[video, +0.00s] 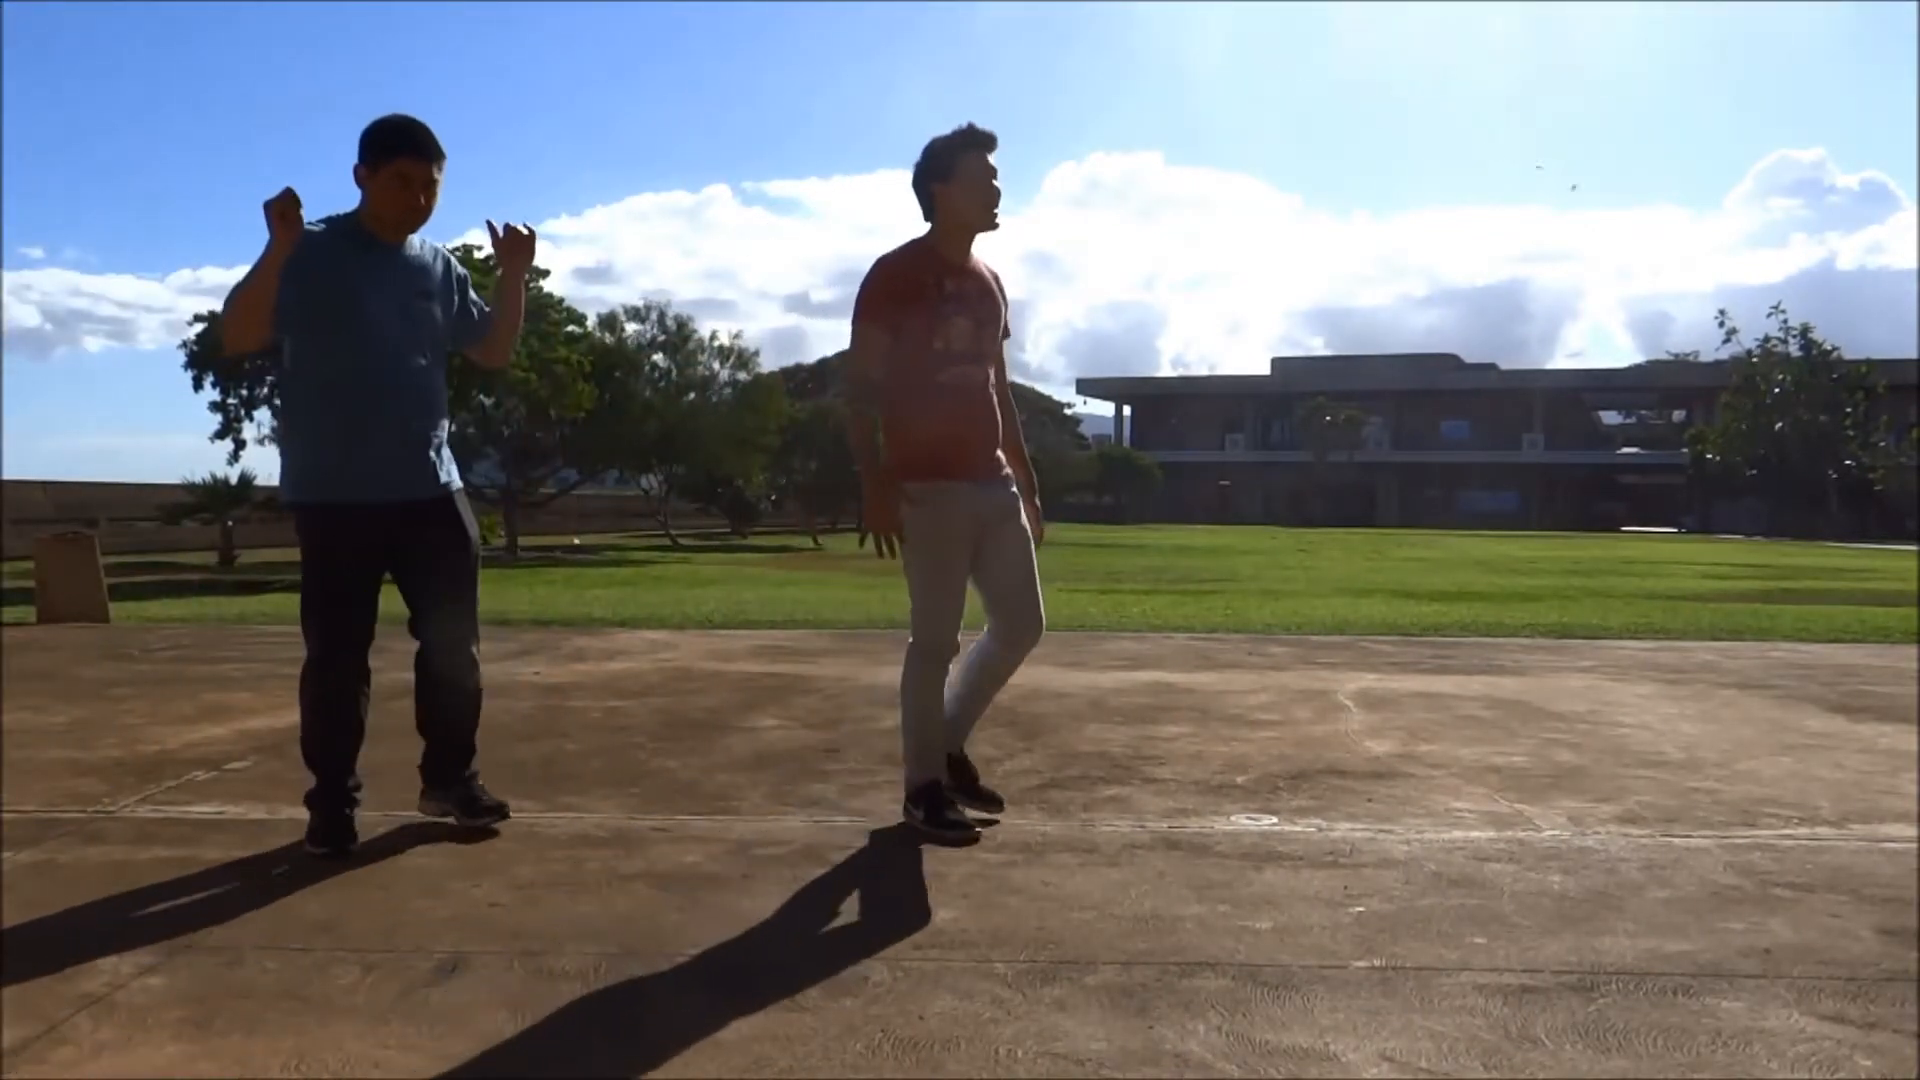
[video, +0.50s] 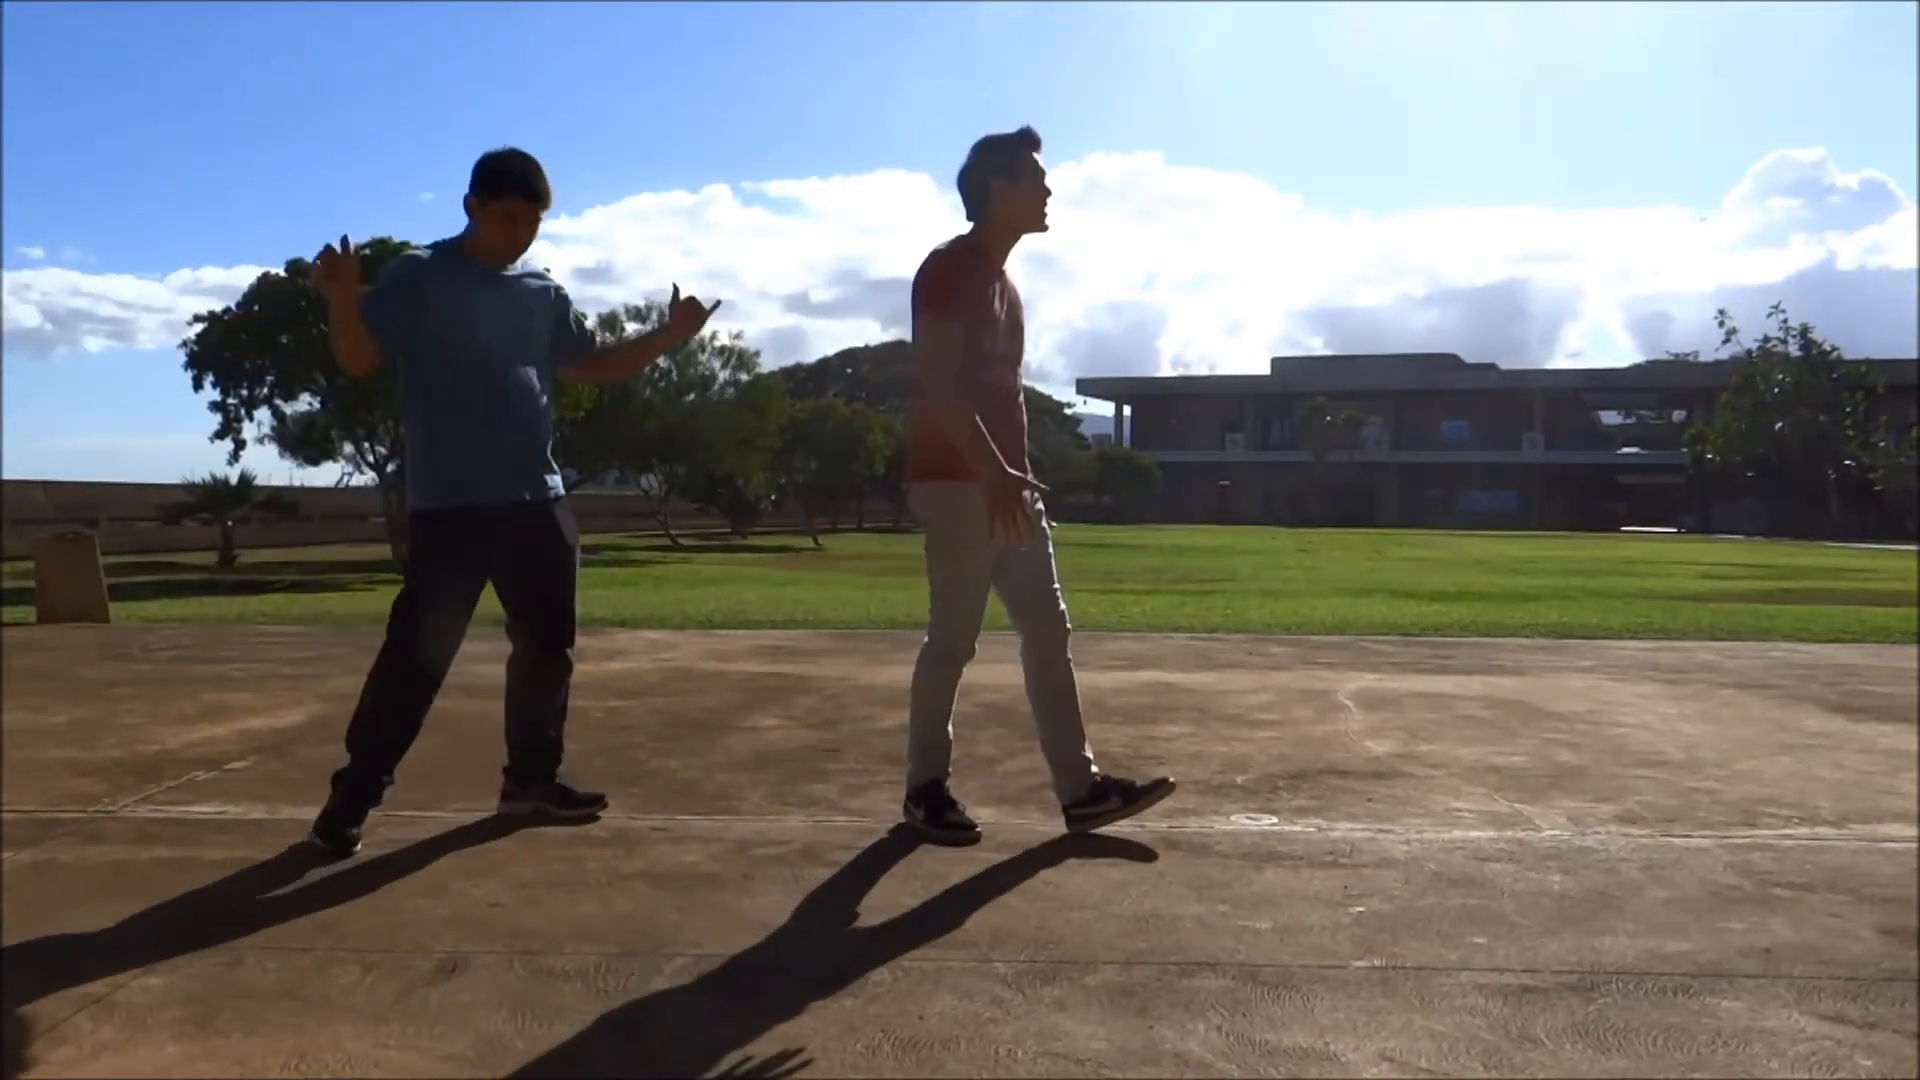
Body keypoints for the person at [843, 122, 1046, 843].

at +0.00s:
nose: (999, 188)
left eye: (995, 175)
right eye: (984, 176)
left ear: (969, 191)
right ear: (939, 190)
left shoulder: (987, 282)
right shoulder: (892, 275)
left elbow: (998, 392)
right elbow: (859, 390)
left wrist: (1028, 485)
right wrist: (873, 487)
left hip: (994, 486)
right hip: (929, 489)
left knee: (1020, 624)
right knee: (934, 640)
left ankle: (944, 745)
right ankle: (924, 789)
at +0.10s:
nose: (1003, 188)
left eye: (1002, 176)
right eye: (988, 176)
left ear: (983, 191)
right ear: (944, 188)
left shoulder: (991, 283)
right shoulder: (900, 274)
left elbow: (995, 390)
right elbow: (876, 391)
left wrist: (1018, 471)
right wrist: (897, 489)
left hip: (996, 485)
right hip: (933, 488)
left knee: (1029, 624)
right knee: (937, 640)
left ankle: (976, 768)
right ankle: (925, 787)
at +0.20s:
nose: (1012, 188)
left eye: (1011, 176)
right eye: (998, 176)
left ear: (989, 191)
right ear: (952, 186)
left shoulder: (993, 283)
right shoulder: (910, 274)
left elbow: (991, 385)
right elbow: (891, 387)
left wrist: (1012, 462)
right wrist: (922, 482)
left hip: (999, 487)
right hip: (939, 489)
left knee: (1039, 623)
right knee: (942, 642)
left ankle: (1013, 781)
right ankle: (925, 791)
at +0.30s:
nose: (1023, 189)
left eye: (1021, 176)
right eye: (1010, 176)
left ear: (992, 190)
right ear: (966, 188)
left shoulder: (993, 287)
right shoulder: (919, 273)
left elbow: (990, 390)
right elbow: (912, 388)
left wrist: (1014, 467)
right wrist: (947, 471)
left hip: (999, 479)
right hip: (938, 482)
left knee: (1046, 621)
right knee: (946, 639)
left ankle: (1049, 784)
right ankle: (925, 790)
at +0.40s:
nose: (1035, 191)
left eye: (1033, 179)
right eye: (1022, 178)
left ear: (1003, 191)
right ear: (977, 189)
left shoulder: (995, 286)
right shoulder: (933, 271)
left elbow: (993, 388)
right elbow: (924, 388)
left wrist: (1014, 465)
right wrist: (972, 470)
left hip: (1003, 474)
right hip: (947, 479)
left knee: (1047, 625)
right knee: (949, 638)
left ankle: (1075, 785)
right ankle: (926, 792)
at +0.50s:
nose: (1048, 188)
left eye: (1043, 175)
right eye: (1035, 176)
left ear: (1011, 191)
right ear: (996, 191)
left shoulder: (1005, 285)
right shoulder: (951, 271)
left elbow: (1001, 391)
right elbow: (941, 388)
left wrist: (1018, 474)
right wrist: (994, 471)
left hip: (1007, 478)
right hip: (956, 481)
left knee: (1046, 630)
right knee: (953, 638)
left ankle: (1081, 787)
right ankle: (926, 791)